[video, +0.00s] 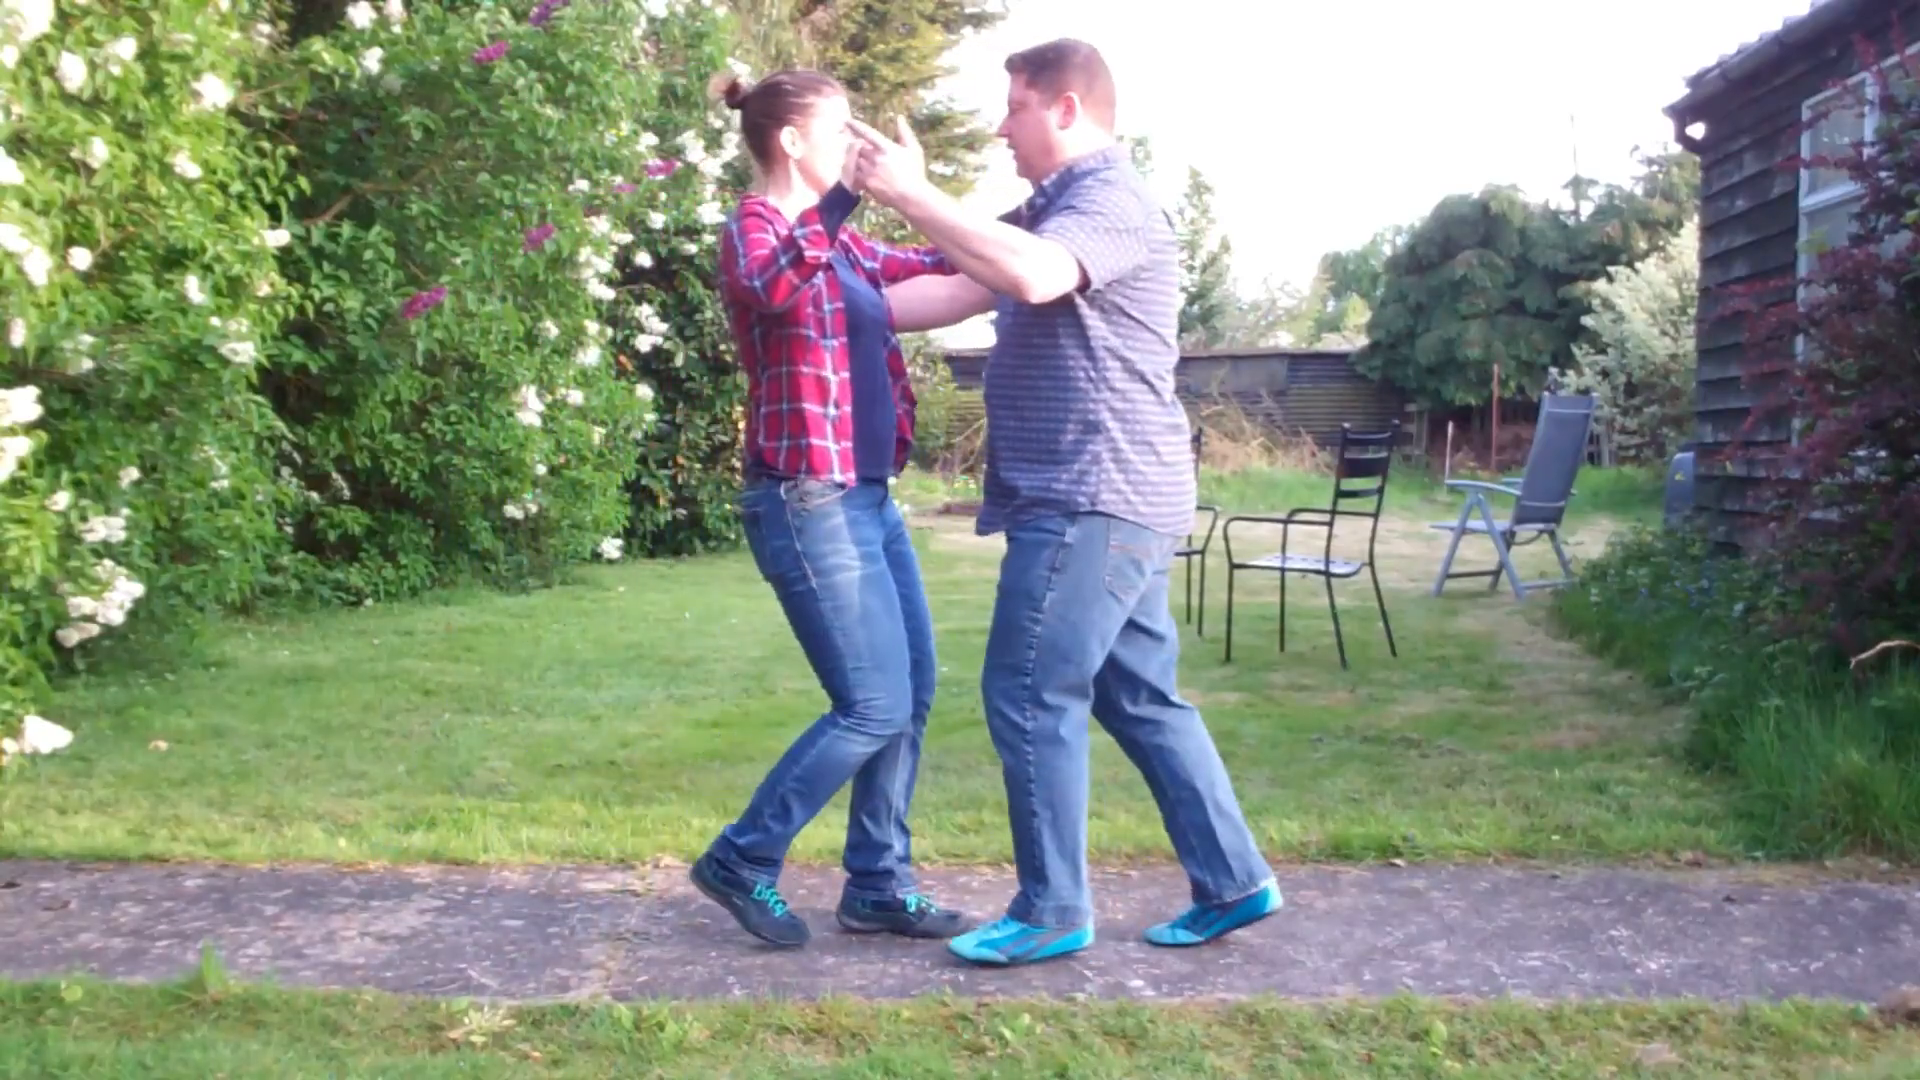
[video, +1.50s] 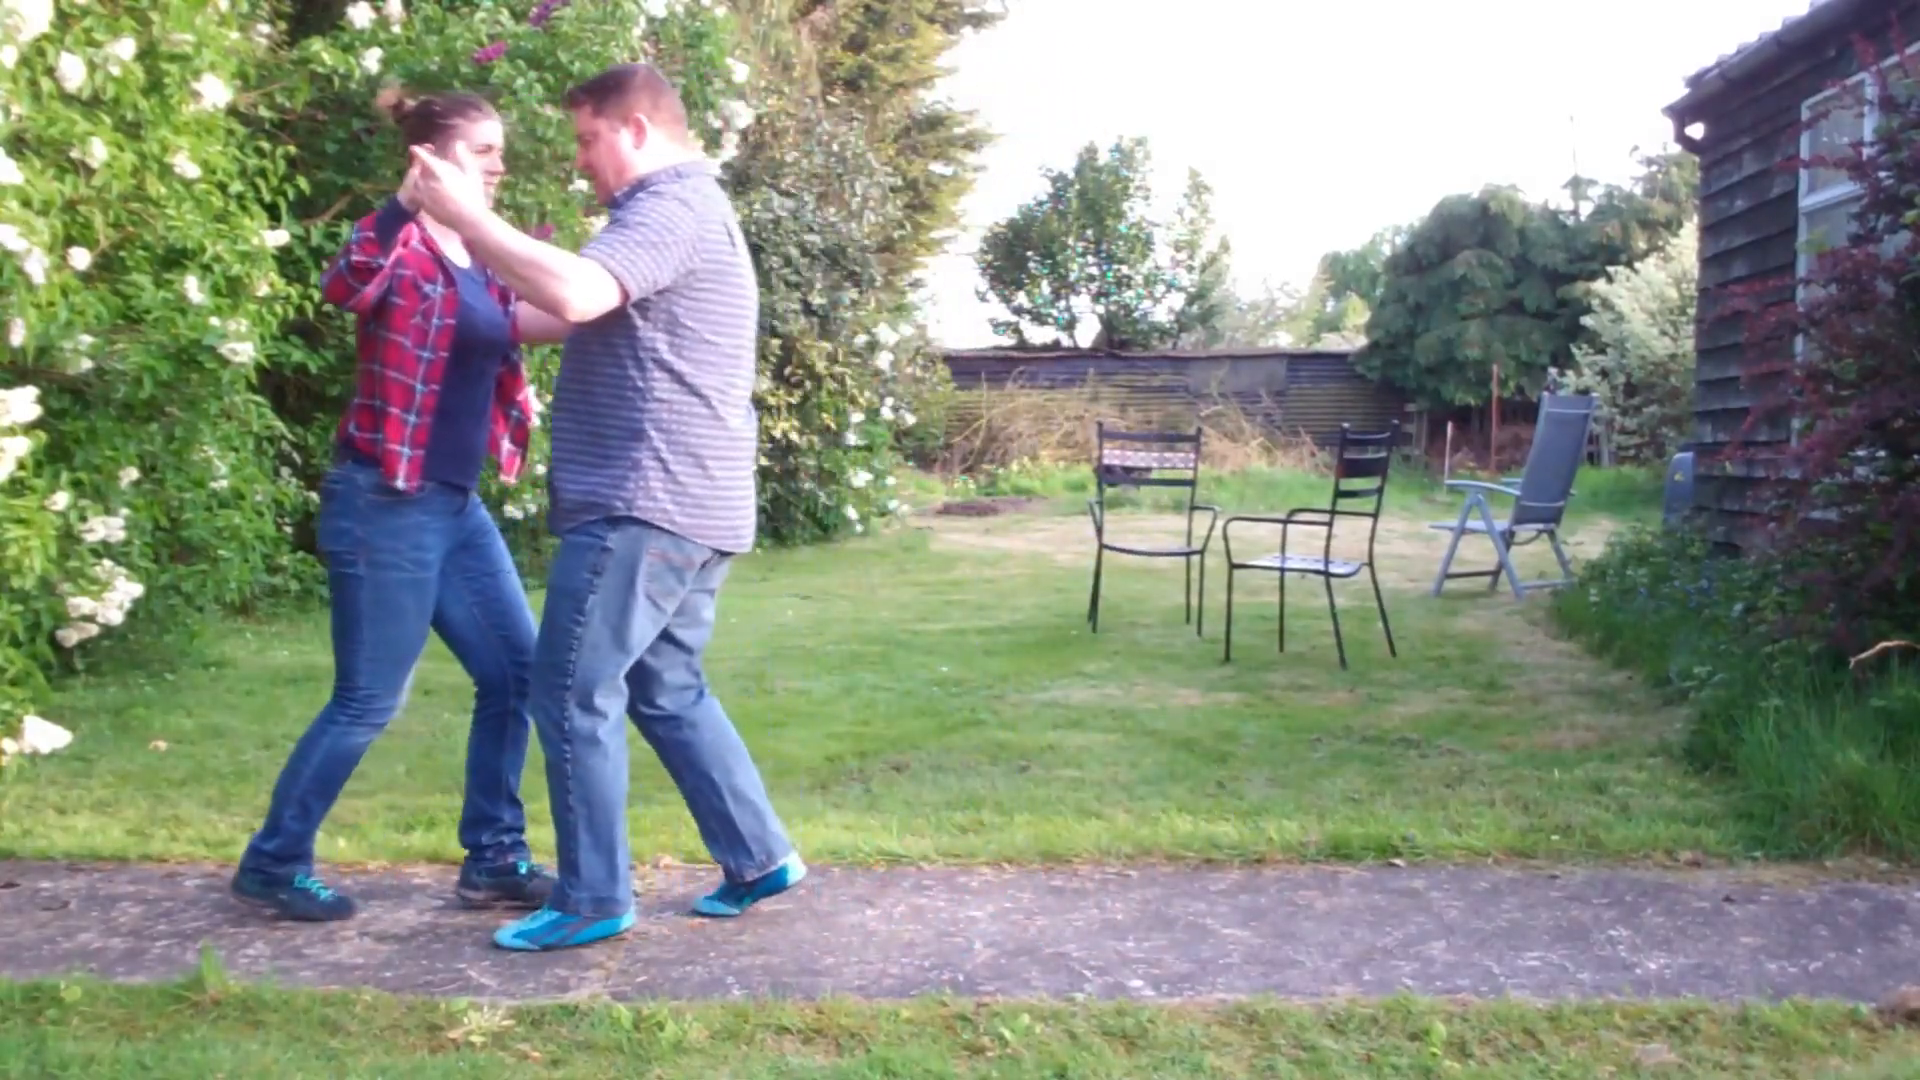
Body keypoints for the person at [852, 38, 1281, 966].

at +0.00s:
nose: (1003, 130)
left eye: (1013, 110)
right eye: (1005, 112)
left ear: (1066, 108)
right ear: (1073, 109)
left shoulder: (1114, 198)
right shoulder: (1060, 211)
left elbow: (1036, 273)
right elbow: (956, 287)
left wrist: (914, 194)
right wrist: (823, 308)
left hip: (1097, 495)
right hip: (1111, 495)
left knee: (1029, 695)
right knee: (1140, 697)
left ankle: (1055, 912)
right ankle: (1234, 881)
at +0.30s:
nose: (955, 136)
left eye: (963, 116)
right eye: (953, 118)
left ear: (1018, 108)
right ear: (1022, 111)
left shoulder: (1063, 196)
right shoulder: (1010, 209)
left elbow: (981, 266)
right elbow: (903, 289)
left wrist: (856, 194)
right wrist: (778, 309)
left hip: (1036, 493)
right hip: (1034, 493)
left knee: (1002, 711)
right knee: (1071, 696)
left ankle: (1011, 915)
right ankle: (1195, 851)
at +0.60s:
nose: (858, 146)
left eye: (865, 126)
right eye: (854, 129)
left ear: (915, 114)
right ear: (921, 117)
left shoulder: (968, 195)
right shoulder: (923, 208)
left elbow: (858, 252)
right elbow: (825, 291)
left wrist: (723, 174)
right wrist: (694, 297)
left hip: (959, 491)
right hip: (917, 494)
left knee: (959, 699)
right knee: (880, 678)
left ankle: (1011, 912)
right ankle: (880, 880)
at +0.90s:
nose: (752, 152)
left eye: (759, 132)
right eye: (752, 134)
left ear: (805, 124)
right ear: (821, 126)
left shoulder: (854, 201)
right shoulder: (835, 205)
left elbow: (735, 279)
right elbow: (729, 294)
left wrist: (633, 192)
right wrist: (636, 220)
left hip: (850, 490)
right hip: (816, 491)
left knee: (813, 682)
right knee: (794, 686)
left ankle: (960, 862)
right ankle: (782, 883)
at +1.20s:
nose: (659, 168)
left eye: (666, 148)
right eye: (658, 151)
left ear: (718, 135)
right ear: (726, 138)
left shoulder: (764, 213)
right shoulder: (759, 217)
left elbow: (668, 299)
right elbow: (641, 317)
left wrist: (565, 216)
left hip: (740, 500)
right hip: (775, 503)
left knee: (637, 670)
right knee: (739, 692)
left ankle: (679, 878)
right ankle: (778, 876)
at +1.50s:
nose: (579, 161)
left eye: (585, 141)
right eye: (577, 144)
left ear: (634, 128)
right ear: (647, 130)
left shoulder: (669, 206)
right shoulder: (694, 207)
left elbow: (579, 291)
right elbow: (562, 315)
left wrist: (465, 212)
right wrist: (464, 268)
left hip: (645, 501)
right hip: (699, 504)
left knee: (572, 691)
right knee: (665, 686)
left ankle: (593, 899)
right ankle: (760, 859)